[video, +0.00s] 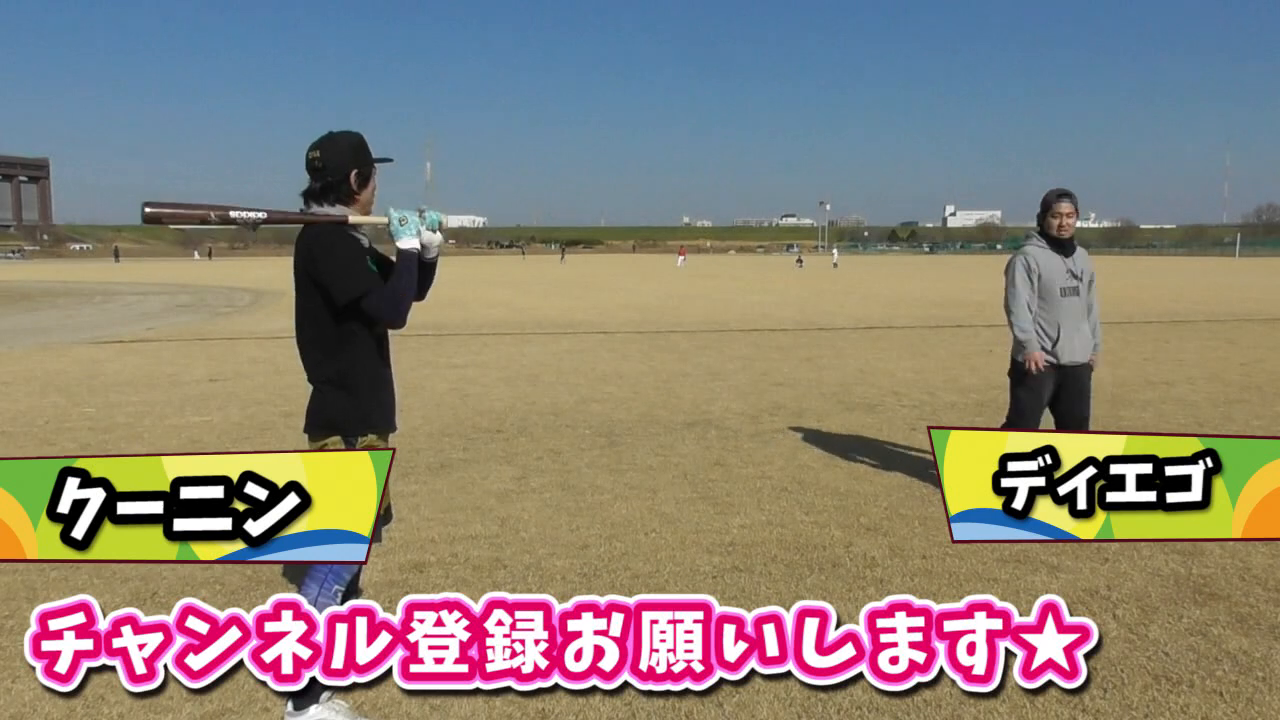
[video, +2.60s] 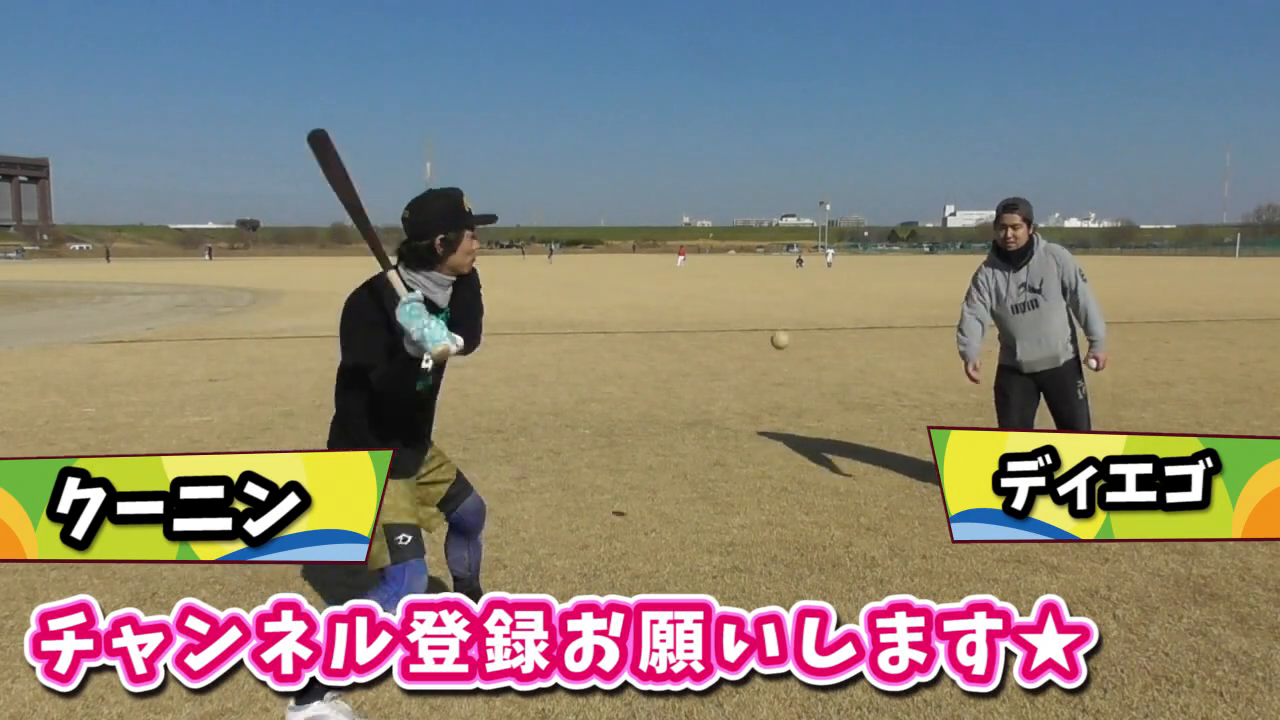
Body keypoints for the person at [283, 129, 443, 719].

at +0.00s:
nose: (375, 183)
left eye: (373, 174)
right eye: (372, 174)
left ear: (326, 180)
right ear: (356, 180)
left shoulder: (341, 235)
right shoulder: (330, 238)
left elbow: (410, 293)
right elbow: (386, 308)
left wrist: (425, 252)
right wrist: (407, 257)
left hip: (356, 415)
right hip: (349, 419)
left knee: (355, 539)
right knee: (342, 545)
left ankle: (325, 669)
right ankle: (302, 688)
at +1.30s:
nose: (407, 200)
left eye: (405, 191)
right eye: (403, 191)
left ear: (369, 194)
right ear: (381, 194)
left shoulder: (389, 248)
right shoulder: (327, 246)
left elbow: (446, 299)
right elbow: (404, 284)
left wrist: (496, 279)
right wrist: (481, 251)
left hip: (351, 425)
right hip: (315, 427)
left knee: (347, 548)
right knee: (352, 555)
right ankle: (309, 694)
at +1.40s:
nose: (404, 202)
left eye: (403, 193)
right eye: (400, 193)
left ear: (364, 197)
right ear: (378, 197)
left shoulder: (387, 250)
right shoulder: (320, 250)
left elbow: (450, 300)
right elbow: (398, 283)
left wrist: (493, 276)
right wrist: (476, 246)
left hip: (347, 433)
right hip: (312, 435)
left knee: (348, 547)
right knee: (359, 562)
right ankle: (308, 695)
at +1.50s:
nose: (402, 202)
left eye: (400, 192)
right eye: (396, 192)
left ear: (365, 197)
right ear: (371, 196)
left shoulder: (381, 253)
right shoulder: (309, 246)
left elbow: (445, 302)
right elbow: (375, 284)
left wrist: (479, 271)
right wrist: (453, 239)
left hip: (346, 433)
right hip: (305, 433)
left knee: (374, 530)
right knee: (376, 529)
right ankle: (309, 692)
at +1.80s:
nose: (393, 197)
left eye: (393, 190)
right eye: (389, 190)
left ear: (353, 192)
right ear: (365, 193)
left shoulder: (373, 245)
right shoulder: (283, 237)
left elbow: (417, 308)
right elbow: (299, 281)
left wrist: (406, 259)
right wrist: (377, 232)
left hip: (345, 406)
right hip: (287, 417)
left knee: (425, 503)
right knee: (344, 543)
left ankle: (414, 617)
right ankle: (307, 696)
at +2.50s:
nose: (455, 226)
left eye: (453, 216)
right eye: (446, 218)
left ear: (420, 225)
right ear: (416, 226)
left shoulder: (445, 274)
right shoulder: (338, 259)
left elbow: (417, 331)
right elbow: (281, 328)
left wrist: (363, 289)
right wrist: (331, 269)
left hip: (406, 428)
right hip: (343, 437)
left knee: (471, 514)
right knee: (369, 564)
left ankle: (475, 605)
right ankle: (305, 694)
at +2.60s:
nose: (478, 242)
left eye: (475, 233)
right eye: (469, 235)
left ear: (440, 243)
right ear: (440, 245)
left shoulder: (458, 287)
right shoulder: (369, 304)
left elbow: (469, 338)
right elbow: (380, 392)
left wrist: (442, 336)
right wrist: (417, 352)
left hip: (417, 449)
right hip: (371, 462)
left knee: (470, 512)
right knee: (408, 578)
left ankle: (469, 613)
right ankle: (311, 692)